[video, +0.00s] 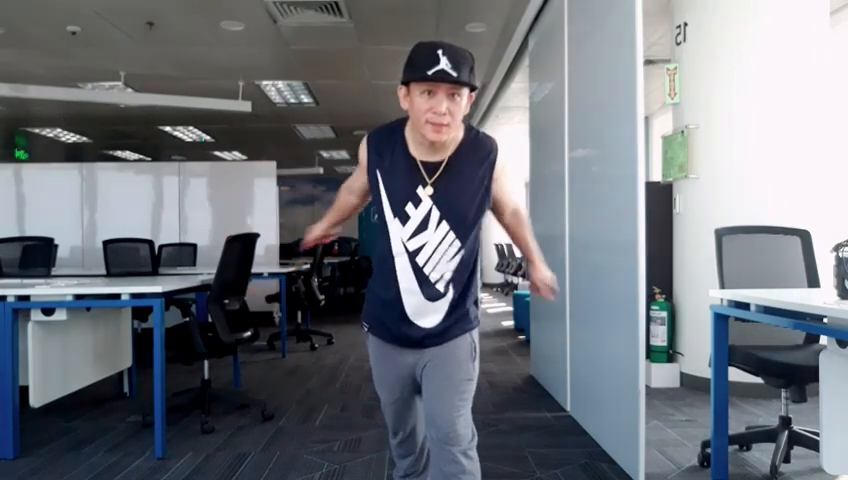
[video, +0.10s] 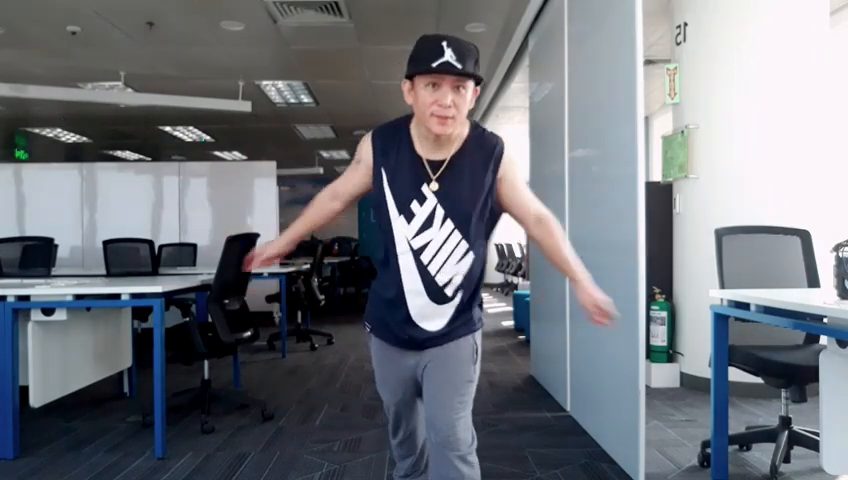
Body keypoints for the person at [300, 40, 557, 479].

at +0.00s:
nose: (441, 107)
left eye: (453, 95)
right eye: (429, 94)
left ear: (468, 101)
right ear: (405, 96)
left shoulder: (483, 153)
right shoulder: (376, 147)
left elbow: (510, 211)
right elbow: (356, 190)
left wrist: (537, 263)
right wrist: (326, 224)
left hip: (451, 330)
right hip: (387, 328)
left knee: (450, 439)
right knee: (400, 428)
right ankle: (407, 472)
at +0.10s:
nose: (445, 101)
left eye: (457, 89)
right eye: (433, 88)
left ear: (474, 95)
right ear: (409, 91)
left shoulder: (490, 157)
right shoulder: (379, 146)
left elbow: (536, 220)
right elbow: (335, 197)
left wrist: (581, 279)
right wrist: (283, 242)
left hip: (454, 327)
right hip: (389, 324)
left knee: (450, 440)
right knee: (401, 430)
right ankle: (408, 474)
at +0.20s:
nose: (450, 90)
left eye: (463, 78)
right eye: (438, 76)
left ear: (479, 88)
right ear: (414, 85)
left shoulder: (499, 151)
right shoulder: (382, 142)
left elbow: (553, 217)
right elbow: (330, 197)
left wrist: (612, 280)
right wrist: (267, 245)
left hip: (458, 329)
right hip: (392, 325)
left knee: (453, 450)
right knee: (400, 433)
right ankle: (406, 472)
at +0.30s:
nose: (456, 85)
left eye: (468, 73)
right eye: (443, 71)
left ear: (484, 82)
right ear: (419, 78)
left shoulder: (504, 146)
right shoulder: (387, 136)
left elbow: (550, 208)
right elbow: (334, 192)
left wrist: (597, 252)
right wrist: (289, 233)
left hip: (462, 328)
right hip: (394, 324)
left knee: (453, 448)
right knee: (403, 440)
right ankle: (406, 475)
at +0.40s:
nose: (463, 74)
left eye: (475, 62)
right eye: (450, 61)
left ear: (491, 74)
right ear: (425, 70)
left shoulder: (510, 137)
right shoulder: (393, 128)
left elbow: (545, 194)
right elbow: (342, 184)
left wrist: (561, 209)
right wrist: (335, 203)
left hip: (466, 332)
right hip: (399, 329)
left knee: (457, 453)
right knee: (406, 450)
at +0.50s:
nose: (469, 63)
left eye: (482, 52)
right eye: (455, 50)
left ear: (498, 65)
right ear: (430, 61)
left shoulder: (518, 132)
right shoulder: (397, 121)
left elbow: (574, 211)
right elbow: (338, 195)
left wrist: (557, 173)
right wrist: (361, 171)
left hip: (473, 332)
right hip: (403, 327)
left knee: (462, 460)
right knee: (406, 456)